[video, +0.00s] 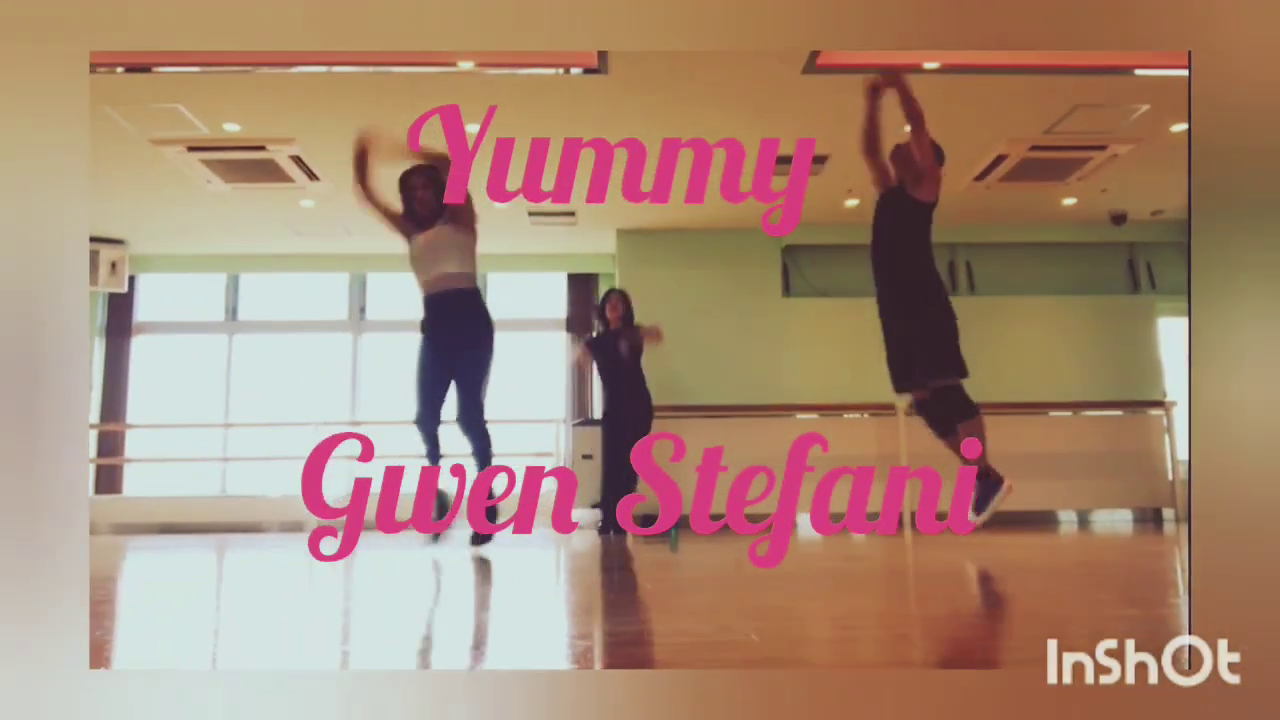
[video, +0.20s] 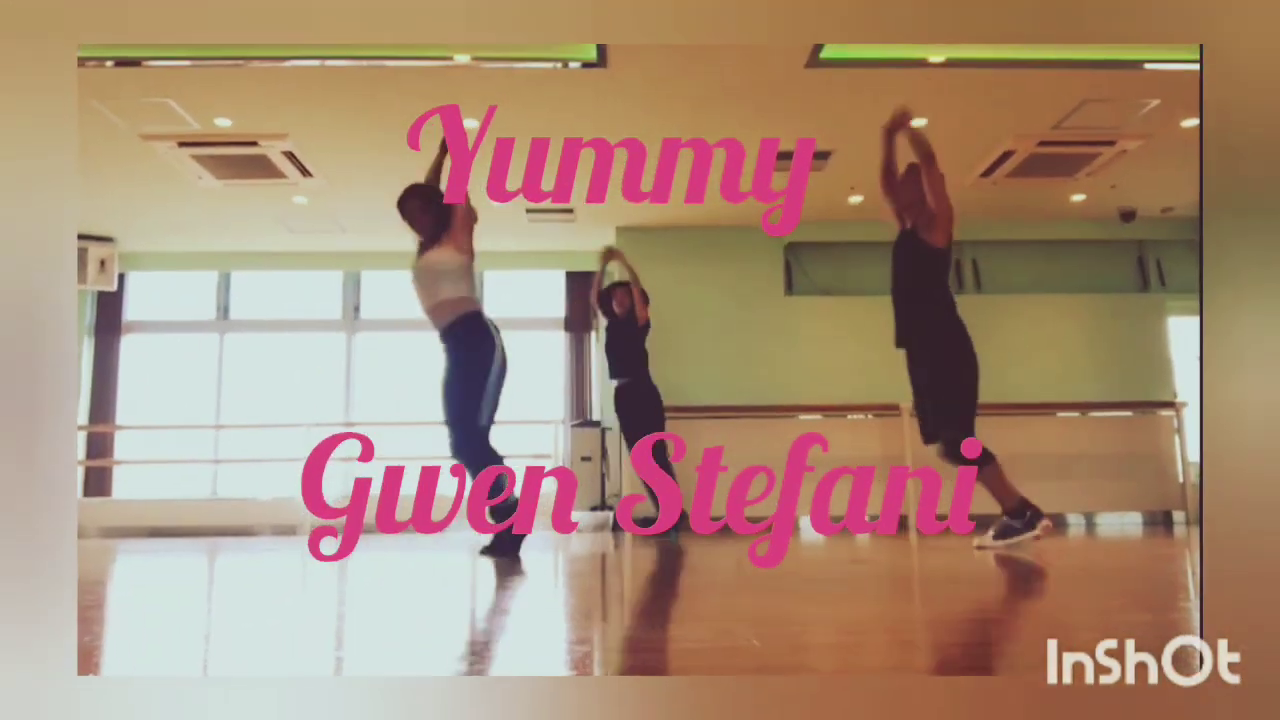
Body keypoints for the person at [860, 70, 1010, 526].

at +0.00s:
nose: (905, 151)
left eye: (914, 147)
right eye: (905, 147)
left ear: (930, 164)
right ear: (901, 158)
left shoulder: (922, 191)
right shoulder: (890, 192)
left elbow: (919, 131)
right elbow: (872, 148)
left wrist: (901, 86)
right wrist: (873, 97)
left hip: (926, 307)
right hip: (899, 311)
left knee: (947, 392)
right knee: (924, 401)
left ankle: (987, 475)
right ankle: (981, 474)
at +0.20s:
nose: (901, 196)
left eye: (907, 188)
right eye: (899, 189)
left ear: (923, 191)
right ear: (899, 196)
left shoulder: (935, 226)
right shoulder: (907, 228)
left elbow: (929, 172)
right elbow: (889, 185)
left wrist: (914, 132)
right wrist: (889, 135)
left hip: (946, 348)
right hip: (924, 351)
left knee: (958, 442)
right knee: (950, 443)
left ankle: (1021, 512)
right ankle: (1017, 510)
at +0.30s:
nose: (902, 180)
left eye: (910, 173)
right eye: (902, 174)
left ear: (931, 178)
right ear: (911, 184)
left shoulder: (942, 214)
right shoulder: (913, 225)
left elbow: (917, 165)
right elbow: (881, 204)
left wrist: (873, 138)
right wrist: (856, 172)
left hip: (948, 346)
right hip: (924, 349)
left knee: (962, 436)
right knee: (913, 441)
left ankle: (1021, 515)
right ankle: (992, 496)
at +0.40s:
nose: (904, 170)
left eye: (913, 165)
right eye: (907, 164)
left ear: (935, 175)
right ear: (919, 175)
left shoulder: (942, 213)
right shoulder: (916, 225)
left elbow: (918, 190)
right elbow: (886, 244)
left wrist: (873, 170)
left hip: (946, 346)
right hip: (920, 348)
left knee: (970, 438)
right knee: (882, 430)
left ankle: (1029, 517)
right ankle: (940, 499)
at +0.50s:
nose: (910, 167)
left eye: (921, 166)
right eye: (917, 162)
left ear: (930, 184)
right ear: (925, 186)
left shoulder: (926, 217)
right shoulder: (909, 223)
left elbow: (950, 228)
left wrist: (945, 218)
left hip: (939, 355)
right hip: (921, 356)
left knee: (971, 449)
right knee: (866, 434)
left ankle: (1043, 523)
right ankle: (866, 532)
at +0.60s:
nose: (903, 184)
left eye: (915, 184)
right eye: (911, 181)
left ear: (923, 205)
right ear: (914, 204)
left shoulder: (917, 233)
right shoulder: (901, 244)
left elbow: (961, 257)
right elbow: (941, 309)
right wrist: (939, 353)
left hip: (925, 384)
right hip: (911, 384)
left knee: (960, 474)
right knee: (844, 447)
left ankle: (1055, 530)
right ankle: (843, 544)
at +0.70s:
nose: (888, 186)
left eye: (901, 186)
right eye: (897, 183)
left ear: (911, 209)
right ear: (899, 206)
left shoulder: (907, 241)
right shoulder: (882, 251)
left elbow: (950, 273)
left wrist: (998, 316)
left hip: (910, 392)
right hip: (881, 392)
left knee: (954, 481)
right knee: (819, 460)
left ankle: (1058, 531)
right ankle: (846, 548)